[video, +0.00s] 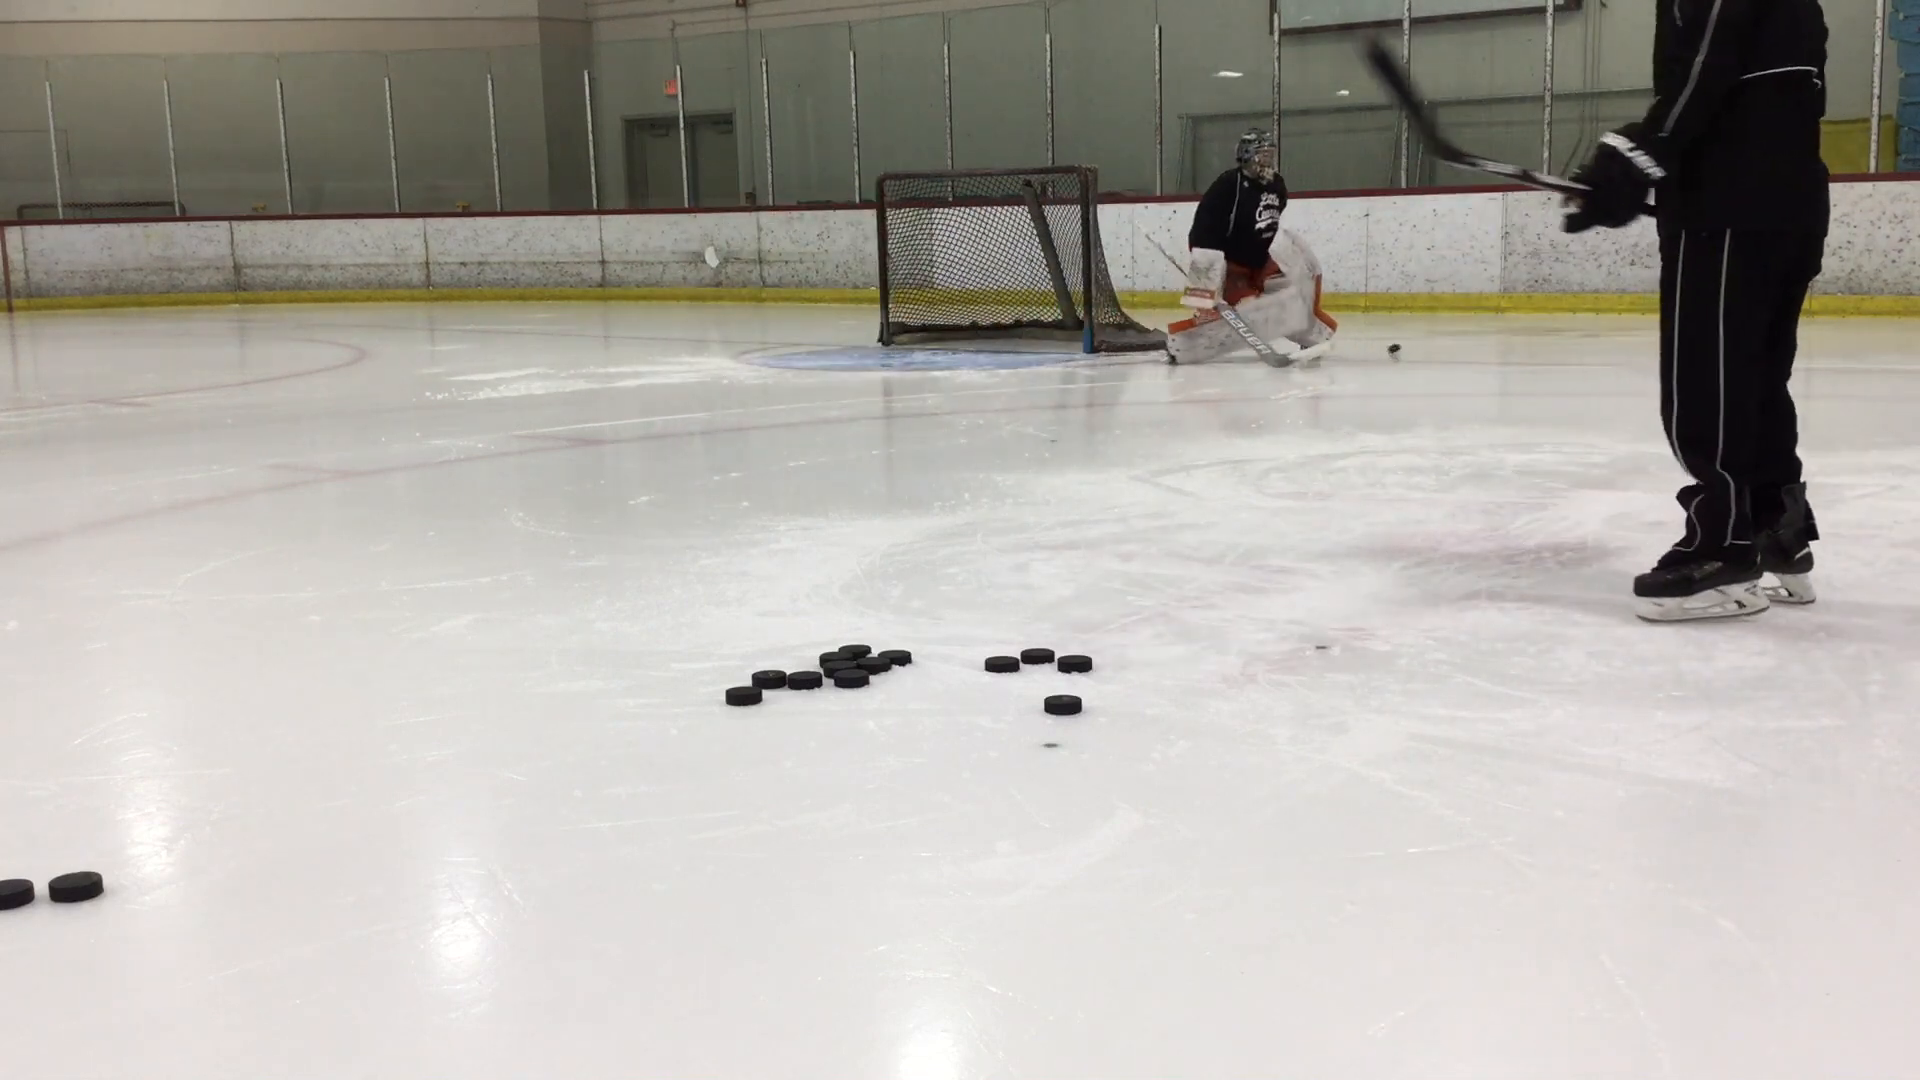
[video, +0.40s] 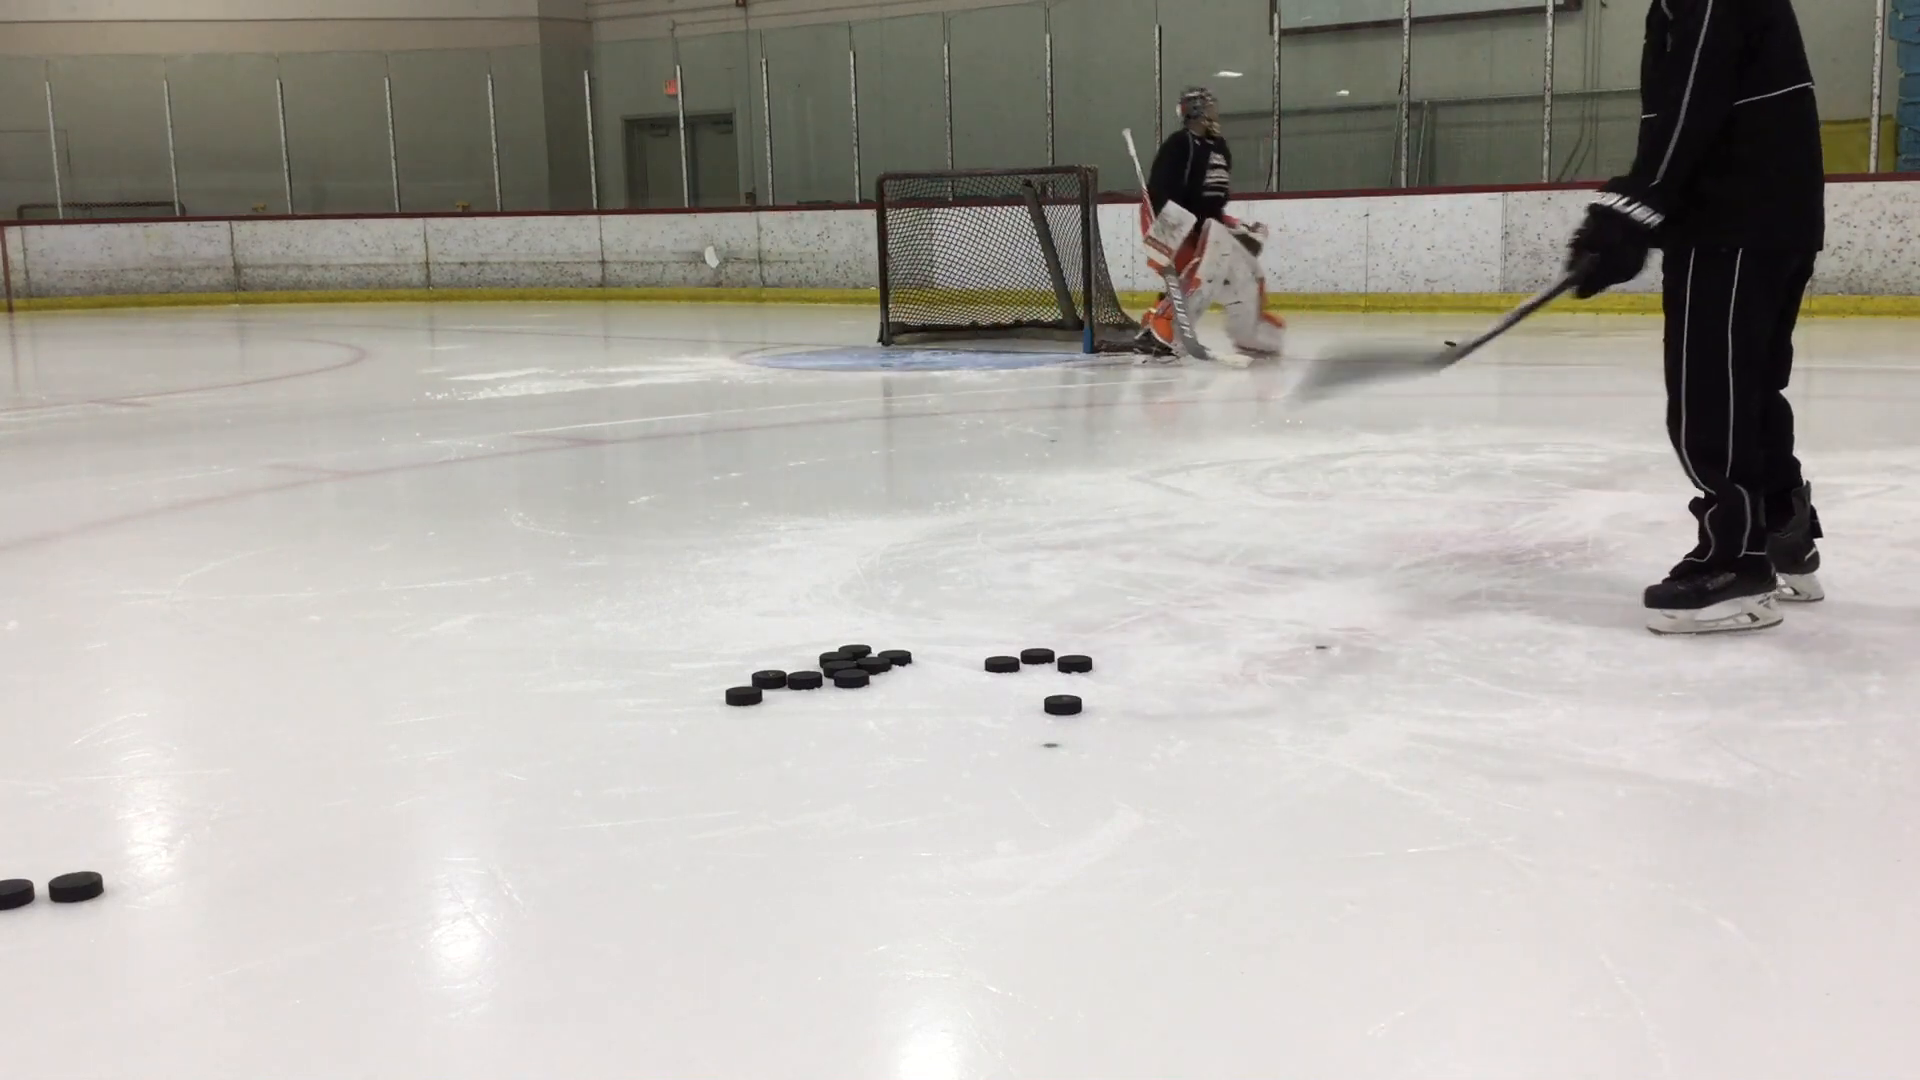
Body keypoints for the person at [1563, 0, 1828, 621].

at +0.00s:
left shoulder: (1713, 2)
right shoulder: (1796, 8)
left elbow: (1702, 70)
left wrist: (1637, 156)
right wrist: (1647, 175)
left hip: (1721, 199)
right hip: (1785, 194)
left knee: (1702, 377)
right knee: (1759, 374)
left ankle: (1722, 548)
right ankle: (1777, 533)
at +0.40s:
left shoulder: (1696, 5)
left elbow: (1688, 104)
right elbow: (1682, 114)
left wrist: (1628, 215)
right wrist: (1630, 221)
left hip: (1727, 220)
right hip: (1769, 215)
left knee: (1706, 399)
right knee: (1751, 387)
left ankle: (1735, 565)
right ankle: (1783, 543)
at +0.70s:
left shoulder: (1646, 7)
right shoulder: (1706, 7)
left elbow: (1616, 128)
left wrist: (1540, 236)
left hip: (1692, 226)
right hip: (1764, 214)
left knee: (1656, 396)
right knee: (1743, 387)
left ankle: (1674, 572)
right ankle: (1768, 539)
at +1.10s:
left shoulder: (1574, 13)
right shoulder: (1691, 6)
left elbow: (1561, 137)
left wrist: (1530, 261)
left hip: (1653, 225)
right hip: (1747, 210)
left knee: (1628, 395)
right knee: (1719, 385)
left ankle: (1661, 574)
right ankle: (1727, 555)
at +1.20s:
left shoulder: (1565, 16)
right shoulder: (1691, 7)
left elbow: (1554, 125)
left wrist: (1546, 241)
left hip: (1648, 223)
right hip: (1744, 206)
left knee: (1628, 396)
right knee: (1718, 384)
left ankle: (1658, 574)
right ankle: (1732, 553)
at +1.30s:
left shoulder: (1561, 13)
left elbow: (1554, 122)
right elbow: (1741, 23)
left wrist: (1554, 229)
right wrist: (1701, 87)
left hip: (1644, 210)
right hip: (1740, 195)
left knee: (1625, 393)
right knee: (1718, 380)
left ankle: (1656, 571)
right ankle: (1738, 551)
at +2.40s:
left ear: (1568, 3)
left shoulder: (1577, 40)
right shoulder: (1711, 6)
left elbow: (1577, 168)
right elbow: (1799, 17)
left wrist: (1568, 288)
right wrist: (1745, 107)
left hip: (1695, 207)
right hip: (1794, 190)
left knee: (1656, 387)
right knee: (1765, 381)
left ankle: (1626, 558)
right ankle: (1752, 548)